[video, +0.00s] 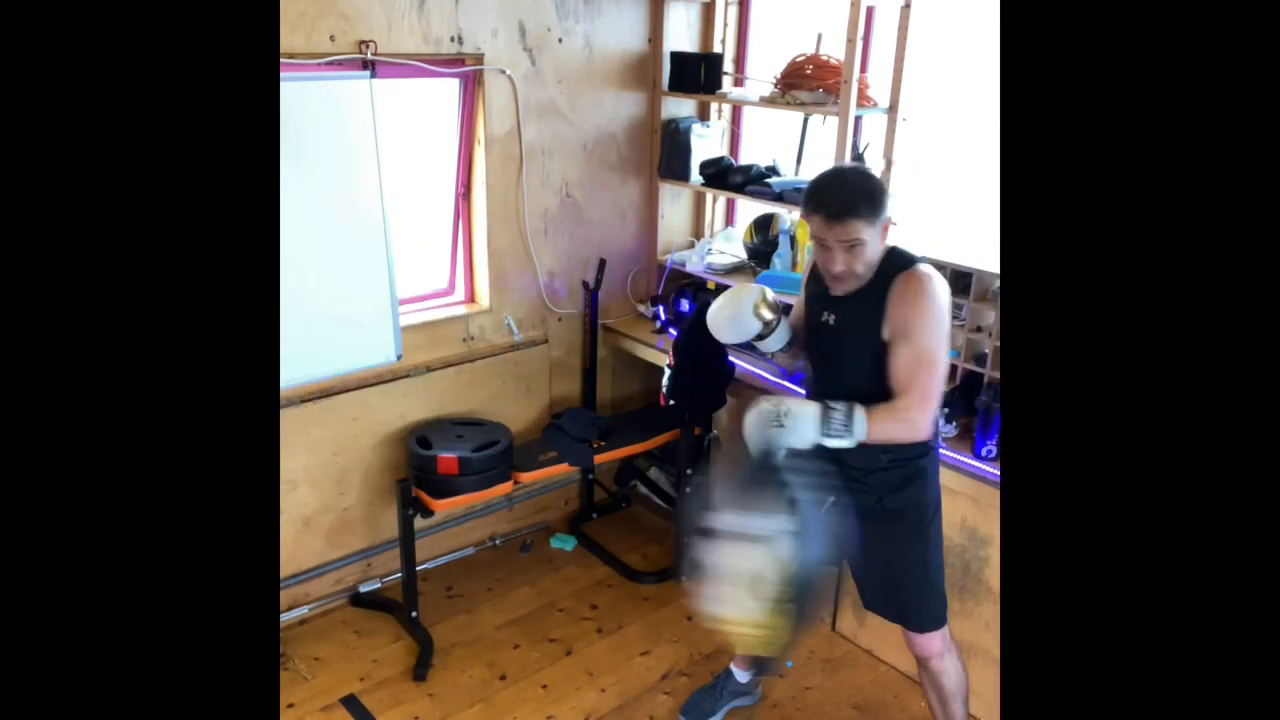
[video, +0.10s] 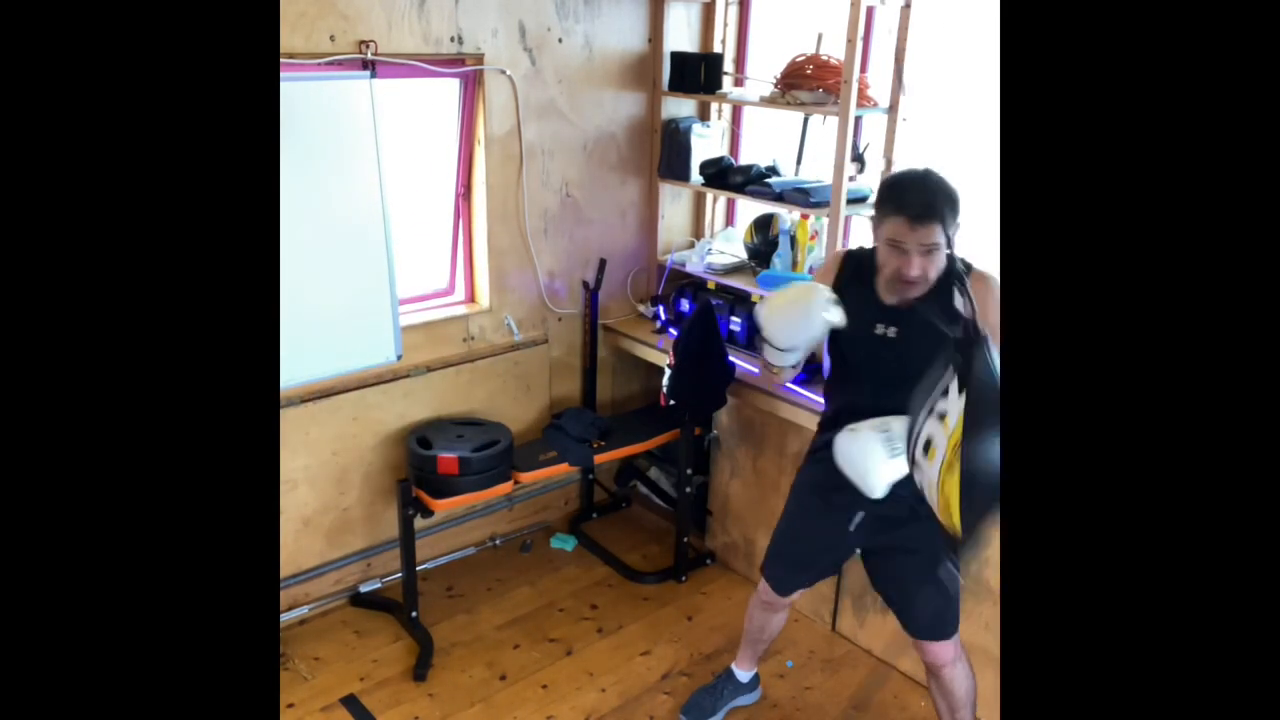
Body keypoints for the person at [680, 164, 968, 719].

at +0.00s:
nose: (834, 262)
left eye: (852, 246)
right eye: (823, 244)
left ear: (885, 234)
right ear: (810, 230)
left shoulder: (918, 288)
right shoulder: (821, 272)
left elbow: (916, 418)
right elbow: (800, 348)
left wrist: (822, 421)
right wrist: (766, 324)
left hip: (896, 479)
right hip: (822, 464)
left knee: (929, 645)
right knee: (768, 573)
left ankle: (958, 718)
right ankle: (744, 676)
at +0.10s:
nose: (911, 266)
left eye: (927, 250)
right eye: (896, 247)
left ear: (950, 242)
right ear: (875, 233)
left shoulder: (977, 294)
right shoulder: (842, 269)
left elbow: (992, 398)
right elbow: (782, 365)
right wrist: (781, 339)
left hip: (919, 479)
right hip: (833, 463)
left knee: (939, 651)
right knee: (772, 590)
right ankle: (741, 676)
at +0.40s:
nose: (965, 276)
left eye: (985, 262)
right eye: (957, 254)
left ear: (1012, 257)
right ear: (947, 236)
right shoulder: (906, 276)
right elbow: (842, 366)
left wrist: (998, 408)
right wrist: (862, 381)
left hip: (966, 504)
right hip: (877, 483)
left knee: (962, 656)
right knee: (809, 607)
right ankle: (773, 705)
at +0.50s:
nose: (945, 268)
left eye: (963, 253)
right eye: (936, 248)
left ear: (1002, 246)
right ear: (929, 234)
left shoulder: (1003, 310)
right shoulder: (909, 274)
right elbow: (854, 378)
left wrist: (993, 375)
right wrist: (878, 351)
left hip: (970, 508)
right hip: (881, 485)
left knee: (965, 668)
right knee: (811, 615)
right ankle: (778, 712)